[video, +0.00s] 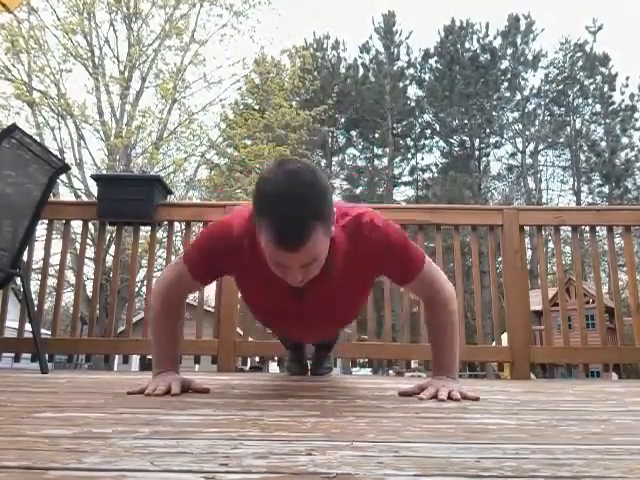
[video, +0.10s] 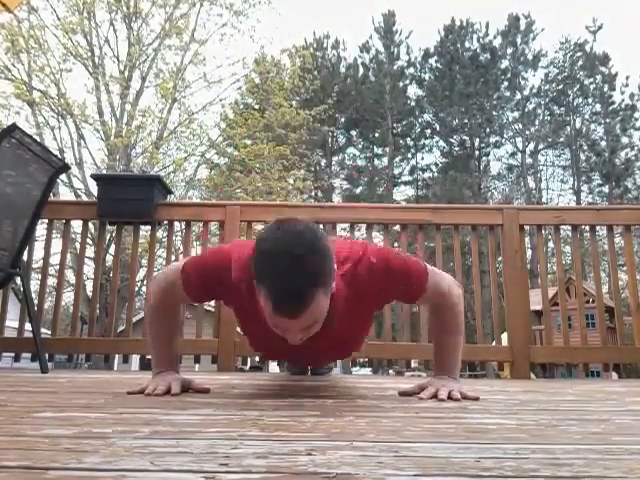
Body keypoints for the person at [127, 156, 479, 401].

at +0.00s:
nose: (297, 276)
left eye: (309, 263)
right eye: (283, 266)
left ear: (332, 226)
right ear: (259, 233)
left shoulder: (369, 232)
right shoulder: (231, 236)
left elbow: (440, 291)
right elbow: (166, 290)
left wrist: (445, 376)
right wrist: (165, 370)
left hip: (335, 318)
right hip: (279, 320)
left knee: (326, 340)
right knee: (291, 340)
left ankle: (322, 355)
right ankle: (295, 353)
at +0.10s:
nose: (297, 336)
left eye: (309, 325)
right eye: (282, 328)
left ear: (332, 281)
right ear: (255, 287)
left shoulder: (370, 267)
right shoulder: (232, 266)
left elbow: (446, 291)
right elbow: (164, 288)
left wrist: (446, 376)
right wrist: (165, 370)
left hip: (336, 348)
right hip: (272, 349)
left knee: (322, 362)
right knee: (286, 361)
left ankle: (317, 368)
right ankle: (294, 365)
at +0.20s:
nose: (296, 389)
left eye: (311, 379)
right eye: (278, 380)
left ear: (334, 332)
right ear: (254, 329)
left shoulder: (370, 296)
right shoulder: (234, 294)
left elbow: (448, 291)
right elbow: (163, 287)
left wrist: (446, 374)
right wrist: (165, 369)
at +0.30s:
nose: (296, 380)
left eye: (311, 370)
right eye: (280, 372)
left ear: (332, 326)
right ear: (252, 325)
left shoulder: (370, 291)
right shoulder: (234, 289)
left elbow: (448, 293)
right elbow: (163, 287)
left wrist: (446, 375)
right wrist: (165, 369)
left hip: (337, 362)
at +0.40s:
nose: (296, 343)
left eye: (310, 332)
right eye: (280, 333)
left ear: (333, 292)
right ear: (257, 293)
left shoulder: (370, 275)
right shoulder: (233, 272)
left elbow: (448, 293)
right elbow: (164, 287)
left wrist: (446, 376)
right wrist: (165, 370)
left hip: (337, 350)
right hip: (270, 346)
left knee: (327, 363)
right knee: (282, 363)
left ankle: (326, 367)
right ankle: (287, 363)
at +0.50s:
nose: (298, 277)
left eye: (311, 266)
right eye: (283, 267)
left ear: (336, 234)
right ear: (261, 237)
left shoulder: (377, 241)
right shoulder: (232, 241)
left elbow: (443, 293)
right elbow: (169, 289)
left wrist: (446, 377)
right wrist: (166, 369)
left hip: (337, 315)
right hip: (278, 314)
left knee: (326, 341)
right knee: (293, 340)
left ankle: (322, 357)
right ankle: (296, 356)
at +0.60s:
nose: (301, 240)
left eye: (315, 227)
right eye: (285, 227)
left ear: (336, 195)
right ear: (264, 200)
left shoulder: (375, 217)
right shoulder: (234, 219)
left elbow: (430, 288)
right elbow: (183, 287)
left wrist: (445, 376)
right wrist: (167, 371)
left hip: (337, 309)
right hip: (280, 308)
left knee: (326, 338)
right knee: (292, 337)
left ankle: (322, 359)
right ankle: (295, 357)